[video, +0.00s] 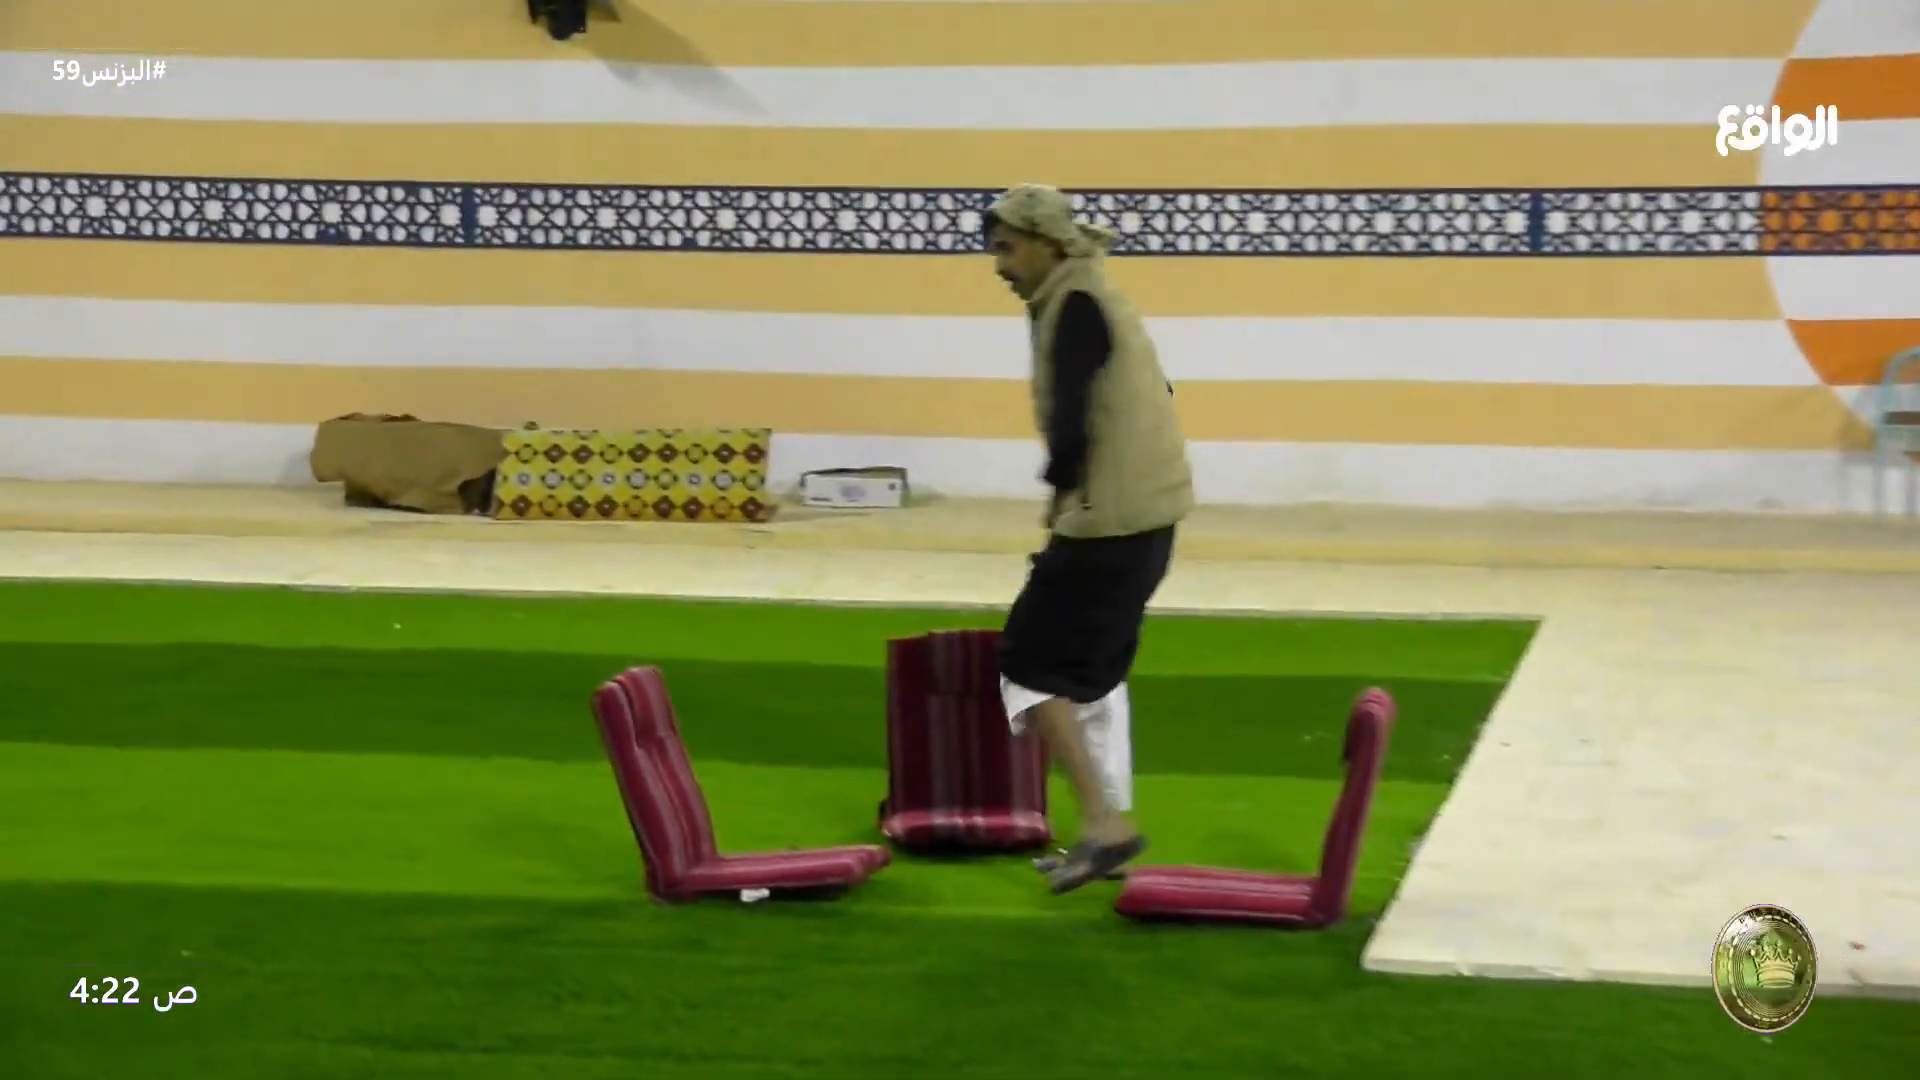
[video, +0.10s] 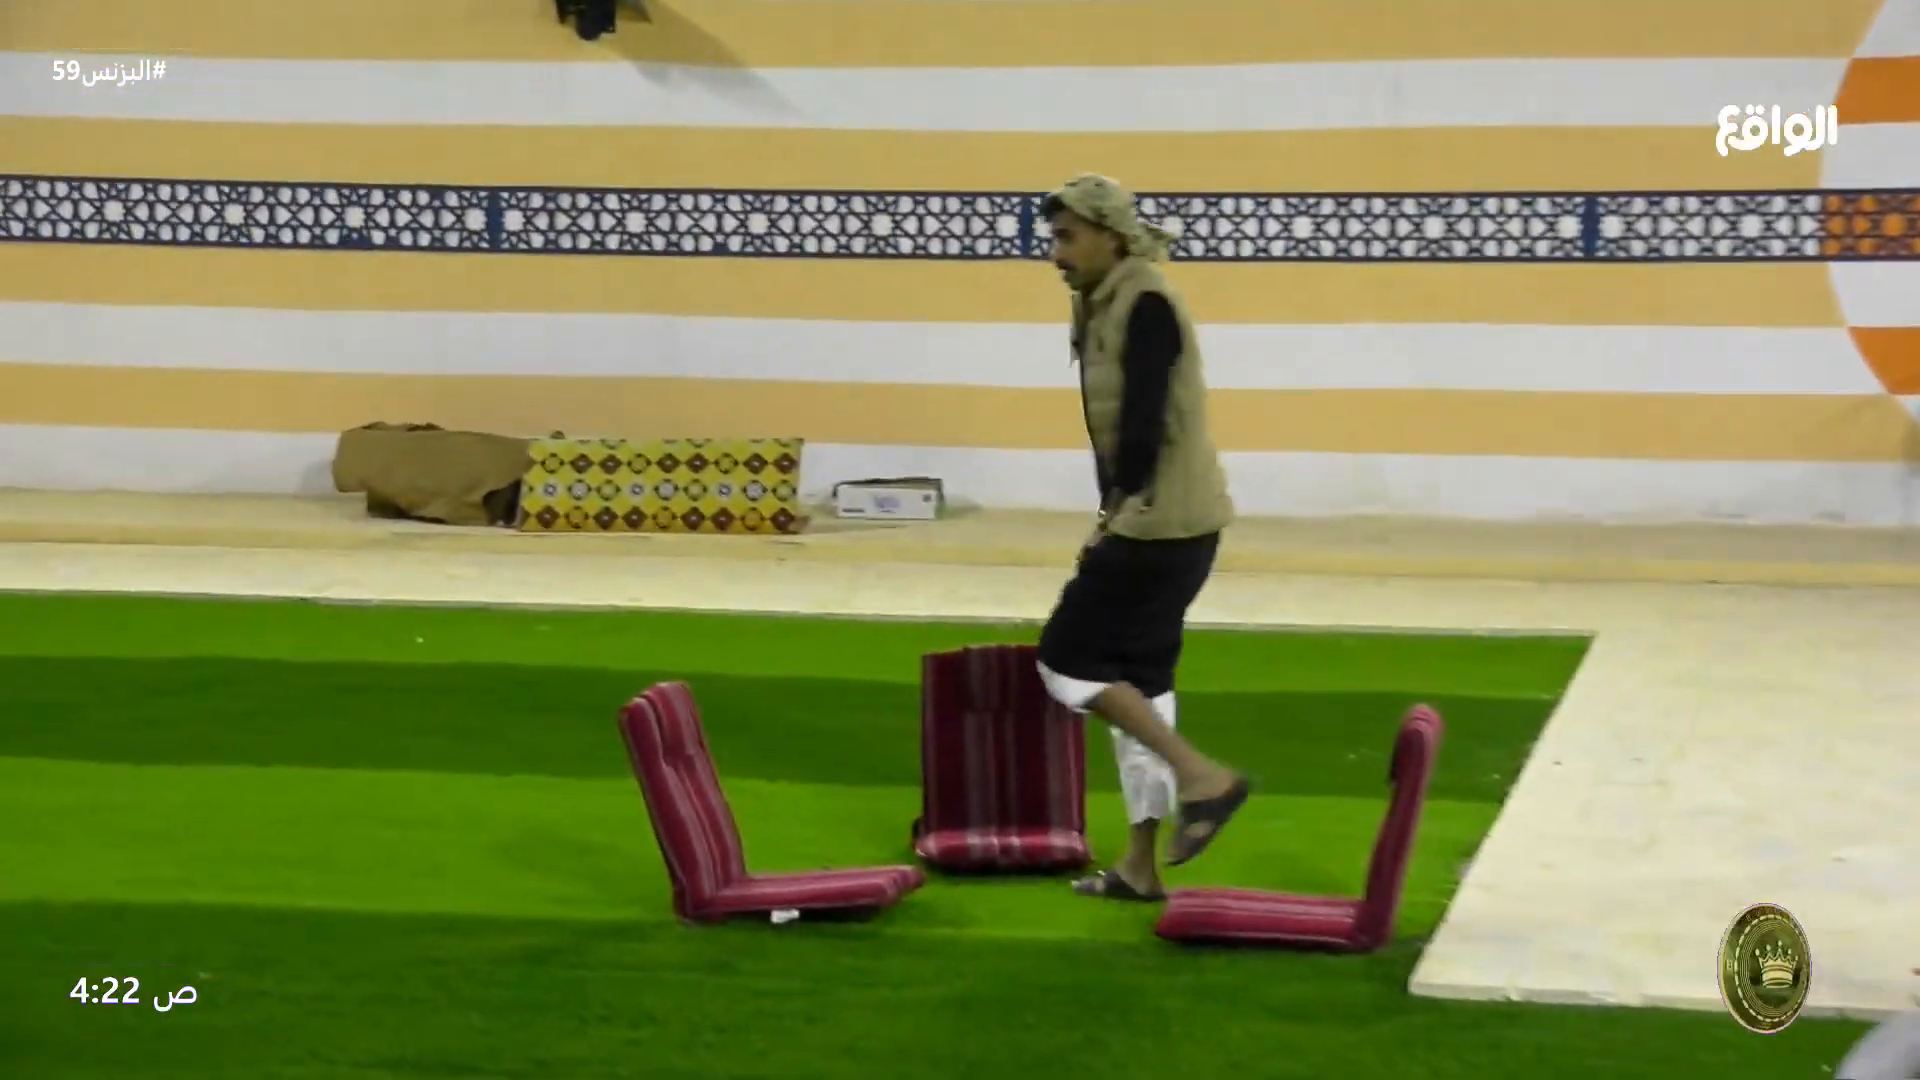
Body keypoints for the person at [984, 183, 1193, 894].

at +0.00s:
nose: (997, 264)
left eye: (1005, 248)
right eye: (994, 249)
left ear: (1045, 245)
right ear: (1052, 248)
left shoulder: (1073, 307)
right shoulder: (1094, 298)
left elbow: (1071, 415)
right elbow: (1149, 395)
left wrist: (1060, 491)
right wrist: (1087, 483)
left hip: (1109, 523)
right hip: (1140, 517)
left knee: (1031, 665)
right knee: (1075, 675)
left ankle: (1105, 825)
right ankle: (1104, 831)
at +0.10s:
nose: (1055, 253)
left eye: (1066, 238)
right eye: (1054, 239)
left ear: (1110, 237)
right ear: (1093, 241)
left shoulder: (1145, 302)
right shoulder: (1101, 306)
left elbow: (1145, 422)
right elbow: (1116, 421)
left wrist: (1115, 517)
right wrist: (1112, 513)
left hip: (1166, 521)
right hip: (1155, 523)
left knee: (1066, 659)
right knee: (1144, 688)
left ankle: (1206, 781)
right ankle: (1140, 866)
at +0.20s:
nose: (1089, 247)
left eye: (1101, 233)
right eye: (1088, 234)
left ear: (1148, 236)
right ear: (1117, 241)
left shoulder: (1183, 306)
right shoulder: (1123, 313)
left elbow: (1179, 422)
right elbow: (1127, 426)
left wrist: (1142, 515)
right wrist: (1125, 508)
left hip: (1198, 527)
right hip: (1165, 525)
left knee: (1114, 671)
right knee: (1159, 693)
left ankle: (1257, 774)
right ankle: (1164, 876)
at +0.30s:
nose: (1139, 242)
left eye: (1152, 229)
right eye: (1138, 229)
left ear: (1197, 235)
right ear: (1157, 237)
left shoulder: (1235, 314)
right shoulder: (1163, 310)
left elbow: (1222, 435)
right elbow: (1166, 424)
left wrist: (1173, 538)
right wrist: (1156, 495)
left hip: (1231, 548)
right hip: (1179, 543)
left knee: (1208, 713)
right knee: (1170, 711)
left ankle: (1313, 814)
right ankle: (1188, 889)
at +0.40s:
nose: (1164, 236)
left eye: (1178, 223)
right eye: (1163, 223)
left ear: (1225, 232)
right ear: (1177, 233)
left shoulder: (1265, 314)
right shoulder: (1177, 308)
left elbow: (1249, 437)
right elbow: (1176, 415)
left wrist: (1198, 542)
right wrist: (1159, 485)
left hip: (1253, 553)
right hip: (1183, 545)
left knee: (1261, 723)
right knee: (1174, 709)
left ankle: (1328, 863)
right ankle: (1191, 893)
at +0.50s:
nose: (1207, 227)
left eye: (1222, 215)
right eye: (1207, 213)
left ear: (1267, 226)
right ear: (1220, 224)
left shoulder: (1310, 311)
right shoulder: (1199, 303)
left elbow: (1299, 442)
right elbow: (1202, 415)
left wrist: (1247, 541)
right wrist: (1168, 474)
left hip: (1290, 556)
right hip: (1204, 547)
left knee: (1309, 720)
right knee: (1184, 711)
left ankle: (1345, 881)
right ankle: (1196, 899)